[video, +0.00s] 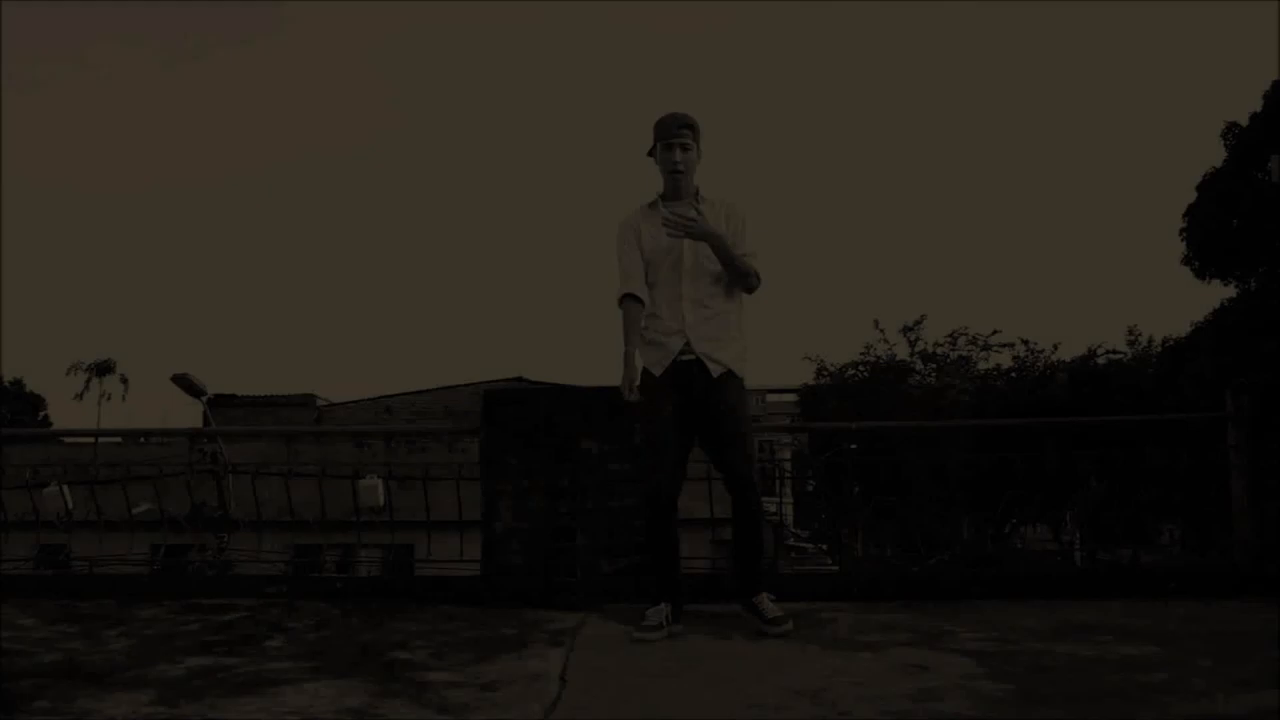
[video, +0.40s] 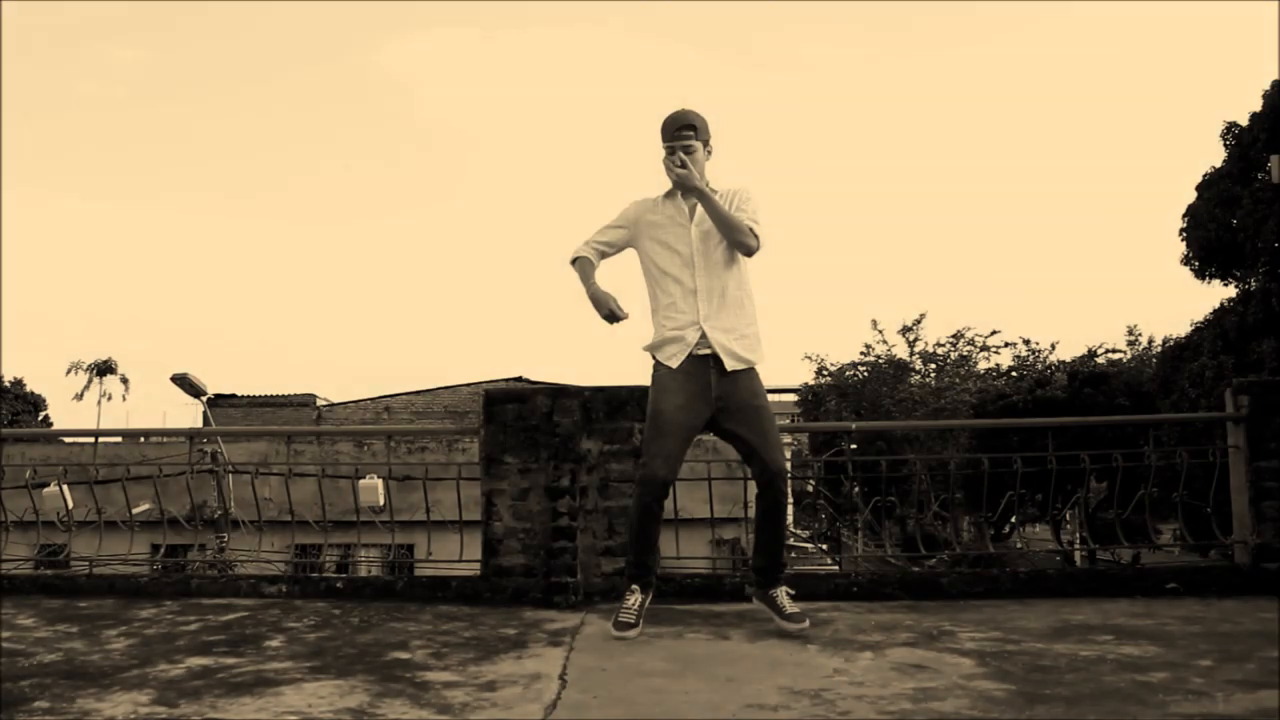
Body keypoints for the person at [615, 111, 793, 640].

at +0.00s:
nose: (677, 156)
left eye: (685, 148)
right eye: (668, 149)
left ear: (699, 155)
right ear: (655, 157)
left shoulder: (726, 216)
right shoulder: (637, 225)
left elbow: (749, 283)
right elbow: (632, 297)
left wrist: (711, 237)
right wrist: (631, 361)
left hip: (720, 366)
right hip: (661, 368)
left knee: (743, 481)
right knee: (659, 487)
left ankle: (755, 592)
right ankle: (662, 600)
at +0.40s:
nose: (680, 154)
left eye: (689, 147)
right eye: (672, 149)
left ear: (708, 152)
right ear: (663, 156)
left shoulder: (735, 200)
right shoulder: (644, 213)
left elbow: (749, 244)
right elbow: (584, 254)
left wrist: (700, 191)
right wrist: (594, 290)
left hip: (738, 363)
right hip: (677, 363)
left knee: (774, 472)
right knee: (654, 477)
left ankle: (769, 583)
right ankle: (640, 587)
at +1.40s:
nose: (656, 195)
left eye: (663, 183)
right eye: (646, 187)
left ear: (677, 178)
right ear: (634, 187)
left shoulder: (707, 226)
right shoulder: (628, 237)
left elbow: (734, 289)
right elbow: (613, 303)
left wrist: (676, 242)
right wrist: (614, 357)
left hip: (720, 376)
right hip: (660, 380)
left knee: (765, 477)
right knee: (643, 492)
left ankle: (786, 581)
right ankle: (627, 602)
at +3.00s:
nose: (655, 216)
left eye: (664, 207)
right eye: (648, 207)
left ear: (686, 209)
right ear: (642, 210)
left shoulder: (710, 271)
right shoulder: (623, 269)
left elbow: (733, 350)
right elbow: (616, 346)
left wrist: (760, 416)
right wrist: (630, 406)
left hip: (724, 404)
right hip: (663, 410)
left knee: (780, 490)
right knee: (647, 518)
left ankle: (773, 594)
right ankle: (618, 608)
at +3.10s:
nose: (666, 213)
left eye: (675, 203)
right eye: (660, 205)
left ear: (699, 206)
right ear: (653, 211)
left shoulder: (725, 277)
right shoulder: (635, 276)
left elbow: (744, 350)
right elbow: (618, 348)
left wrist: (763, 418)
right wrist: (624, 411)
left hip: (723, 410)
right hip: (662, 411)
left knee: (772, 504)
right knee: (646, 513)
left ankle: (766, 605)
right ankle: (615, 604)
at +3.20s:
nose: (662, 203)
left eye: (671, 193)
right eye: (656, 194)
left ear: (696, 196)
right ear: (650, 200)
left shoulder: (726, 258)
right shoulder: (638, 269)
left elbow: (744, 323)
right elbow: (627, 348)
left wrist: (760, 381)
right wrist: (627, 416)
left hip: (727, 398)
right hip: (668, 399)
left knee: (777, 488)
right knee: (647, 494)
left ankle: (771, 589)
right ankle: (605, 585)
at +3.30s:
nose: (662, 208)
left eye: (672, 199)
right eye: (656, 199)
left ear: (693, 201)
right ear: (649, 202)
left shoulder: (719, 259)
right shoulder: (636, 270)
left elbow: (736, 328)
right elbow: (636, 355)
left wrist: (759, 379)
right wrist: (636, 425)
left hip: (729, 398)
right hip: (668, 402)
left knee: (783, 484)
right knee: (647, 511)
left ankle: (782, 583)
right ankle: (602, 596)